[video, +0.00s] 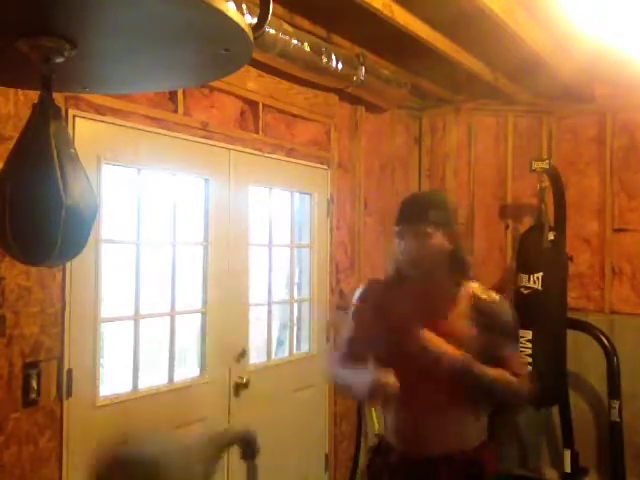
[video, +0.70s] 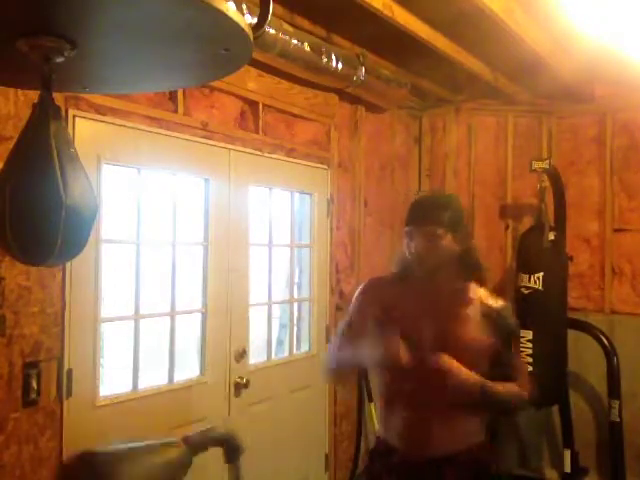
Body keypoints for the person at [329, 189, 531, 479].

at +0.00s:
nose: (410, 247)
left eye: (423, 235)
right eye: (402, 236)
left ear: (449, 239)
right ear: (395, 241)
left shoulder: (486, 306)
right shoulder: (375, 297)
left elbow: (519, 387)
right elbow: (345, 366)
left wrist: (454, 360)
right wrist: (371, 380)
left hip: (463, 460)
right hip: (397, 459)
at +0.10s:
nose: (390, 246)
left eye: (401, 235)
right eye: (388, 235)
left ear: (432, 239)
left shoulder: (467, 293)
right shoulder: (383, 300)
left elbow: (470, 360)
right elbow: (372, 367)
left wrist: (379, 321)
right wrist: (373, 404)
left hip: (460, 461)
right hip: (398, 459)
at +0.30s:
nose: (392, 250)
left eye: (405, 238)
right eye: (389, 239)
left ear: (432, 242)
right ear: (385, 244)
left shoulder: (458, 288)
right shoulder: (395, 307)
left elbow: (436, 348)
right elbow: (411, 385)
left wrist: (357, 346)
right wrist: (376, 392)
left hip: (470, 460)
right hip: (420, 456)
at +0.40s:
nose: (406, 247)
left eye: (420, 236)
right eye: (400, 237)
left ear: (444, 243)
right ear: (394, 243)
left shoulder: (481, 298)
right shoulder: (396, 308)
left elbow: (514, 373)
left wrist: (433, 386)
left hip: (474, 461)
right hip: (416, 459)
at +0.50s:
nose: (417, 243)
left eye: (431, 231)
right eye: (410, 231)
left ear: (459, 237)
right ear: (403, 237)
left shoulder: (497, 301)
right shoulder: (386, 294)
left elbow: (541, 379)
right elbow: (334, 359)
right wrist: (340, 331)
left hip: (470, 459)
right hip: (404, 458)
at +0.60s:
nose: (423, 243)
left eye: (437, 233)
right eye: (415, 233)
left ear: (461, 239)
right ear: (407, 238)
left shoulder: (492, 304)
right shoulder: (387, 290)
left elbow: (531, 380)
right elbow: (338, 333)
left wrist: (497, 397)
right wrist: (337, 312)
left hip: (468, 459)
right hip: (401, 458)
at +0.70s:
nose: (419, 247)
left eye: (433, 236)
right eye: (412, 236)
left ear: (458, 242)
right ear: (404, 240)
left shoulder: (489, 309)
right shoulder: (377, 294)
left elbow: (522, 391)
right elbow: (335, 361)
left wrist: (472, 384)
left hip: (463, 461)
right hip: (394, 460)